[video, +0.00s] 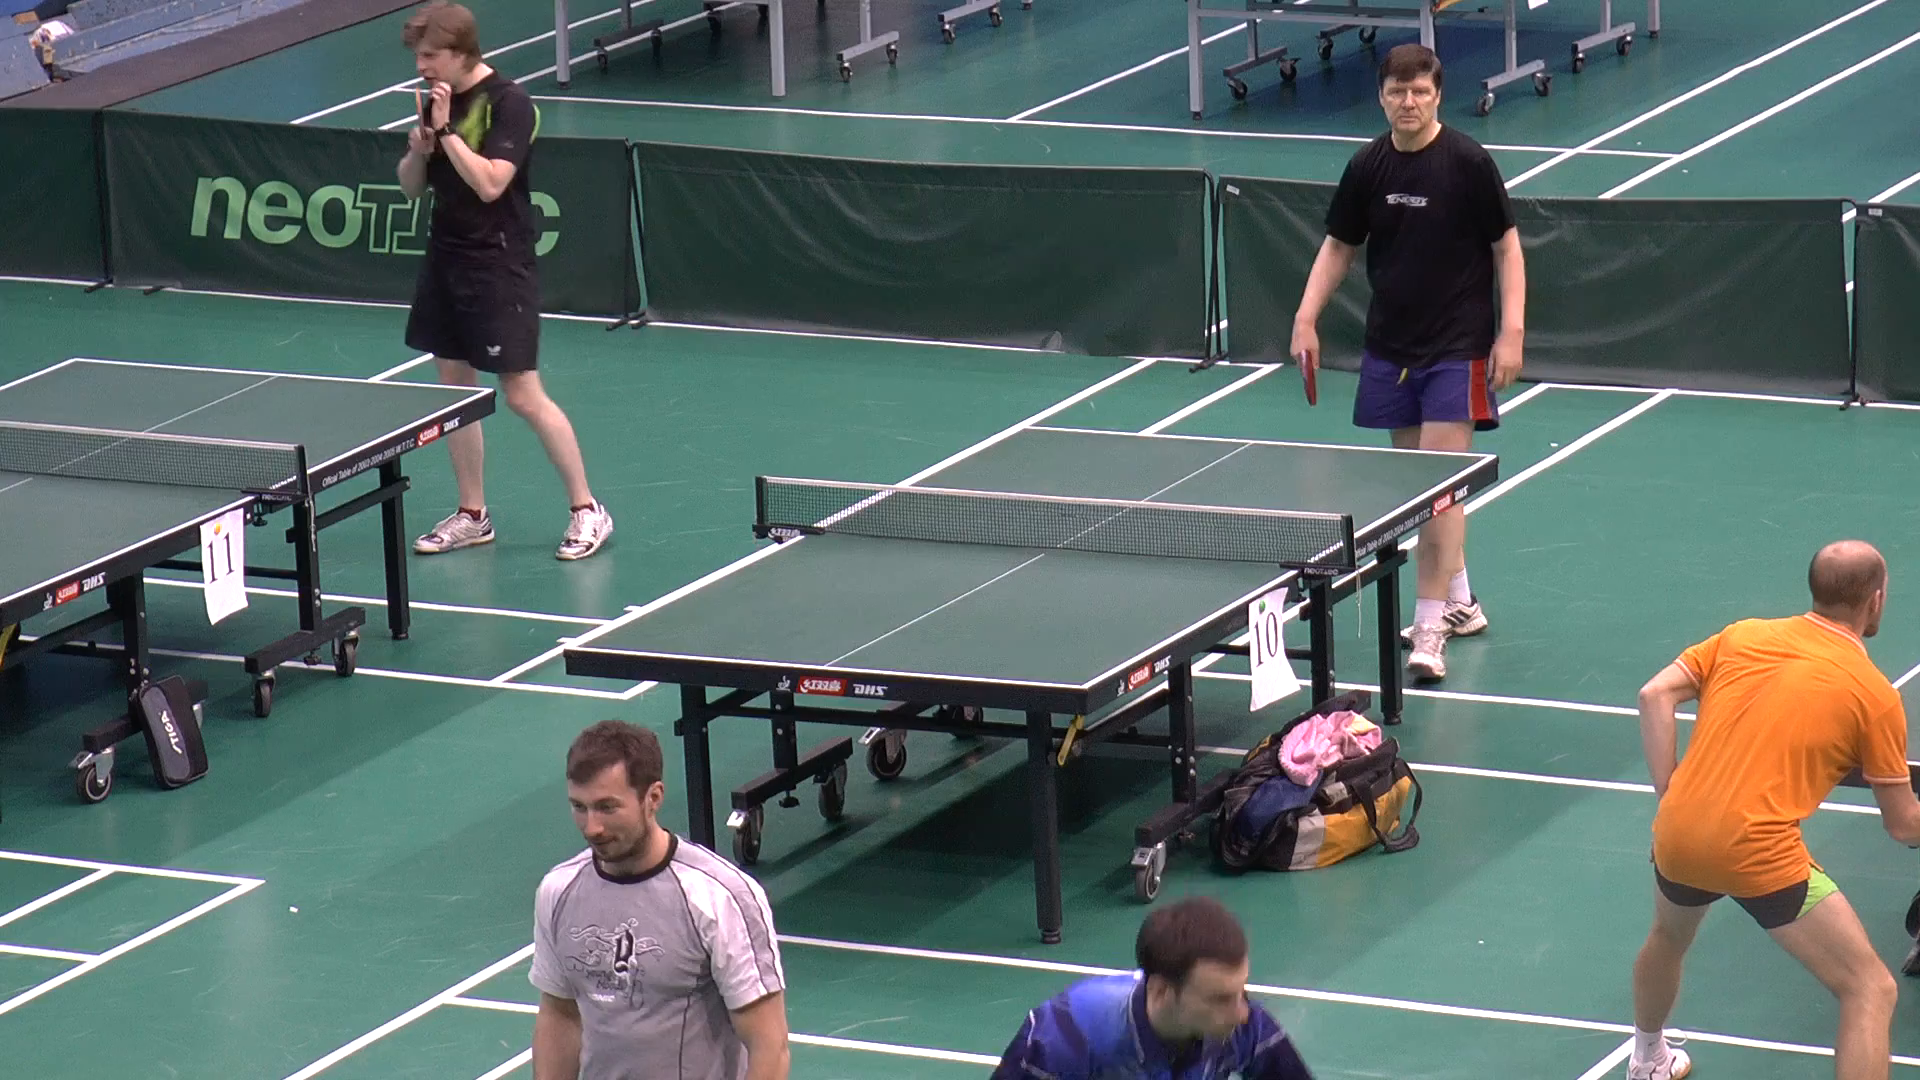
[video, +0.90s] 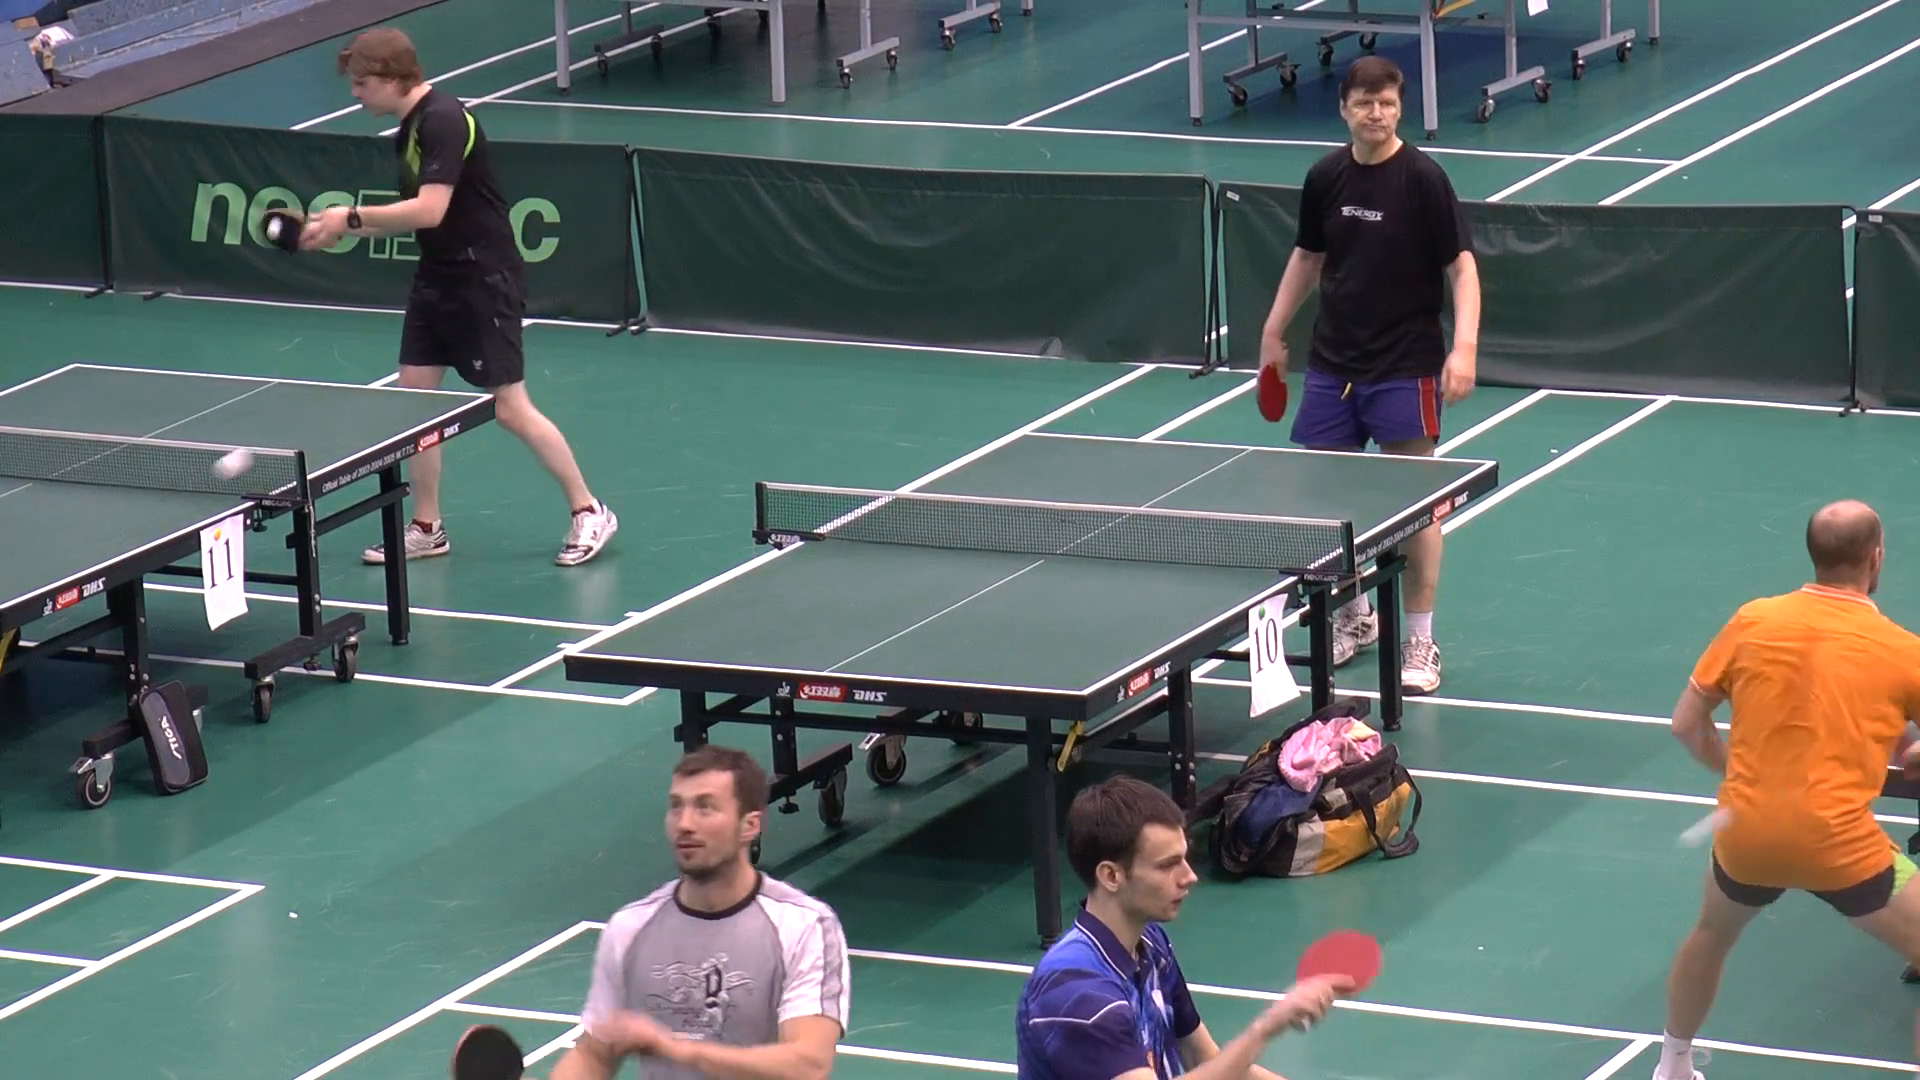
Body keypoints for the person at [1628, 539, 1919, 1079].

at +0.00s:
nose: (1884, 599)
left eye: (1883, 590)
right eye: (1884, 591)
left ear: (1815, 591)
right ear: (1874, 600)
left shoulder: (1741, 634)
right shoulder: (1874, 693)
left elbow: (1656, 694)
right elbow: (1904, 823)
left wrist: (1666, 793)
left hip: (1677, 836)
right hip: (1759, 852)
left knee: (1666, 939)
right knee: (1868, 987)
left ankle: (1646, 1058)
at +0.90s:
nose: (1883, 555)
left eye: (1881, 545)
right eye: (1883, 547)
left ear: (1810, 556)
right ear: (1875, 557)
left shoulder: (1754, 619)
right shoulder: (1903, 648)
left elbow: (1687, 722)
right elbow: (1908, 750)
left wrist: (1736, 771)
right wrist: (1891, 753)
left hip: (1747, 836)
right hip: (1840, 846)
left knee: (1709, 937)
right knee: (1915, 943)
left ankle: (1673, 1065)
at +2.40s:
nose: (1718, 560)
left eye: (1713, 549)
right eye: (1716, 552)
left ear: (1644, 564)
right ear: (1706, 567)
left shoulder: (1585, 629)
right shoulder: (1727, 656)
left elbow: (1500, 729)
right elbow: (1821, 755)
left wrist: (1491, 776)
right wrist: (1768, 741)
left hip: (1563, 851)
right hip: (1650, 865)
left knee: (1532, 974)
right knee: (1743, 1009)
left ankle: (1492, 1073)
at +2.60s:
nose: (1713, 604)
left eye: (1709, 594)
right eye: (1711, 596)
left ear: (1639, 610)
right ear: (1701, 611)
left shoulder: (1584, 682)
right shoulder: (1733, 706)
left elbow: (1510, 782)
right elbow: (1819, 805)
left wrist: (1533, 826)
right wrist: (1782, 807)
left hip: (1582, 905)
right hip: (1676, 916)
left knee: (1539, 977)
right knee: (1771, 1050)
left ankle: (1490, 1074)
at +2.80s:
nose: (1763, 603)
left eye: (1760, 593)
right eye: (1761, 595)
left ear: (1692, 604)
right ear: (1751, 610)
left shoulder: (1626, 666)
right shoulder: (1758, 707)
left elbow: (1584, 772)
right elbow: (1824, 834)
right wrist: (1819, 836)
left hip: (1580, 883)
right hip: (1662, 899)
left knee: (1533, 982)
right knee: (1788, 1025)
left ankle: (1466, 1074)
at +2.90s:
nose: (1783, 622)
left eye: (1780, 612)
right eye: (1781, 614)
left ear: (1709, 625)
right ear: (1772, 631)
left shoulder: (1651, 678)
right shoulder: (1771, 736)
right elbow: (1829, 861)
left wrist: (1761, 806)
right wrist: (1797, 863)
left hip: (1589, 894)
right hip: (1671, 914)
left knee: (1548, 990)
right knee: (1810, 1030)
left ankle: (1476, 1075)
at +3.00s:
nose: (1787, 616)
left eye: (1782, 606)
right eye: (1785, 608)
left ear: (1713, 618)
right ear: (1777, 623)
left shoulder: (1652, 673)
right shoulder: (1782, 728)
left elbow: (1618, 756)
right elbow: (1825, 860)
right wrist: (1767, 861)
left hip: (1601, 895)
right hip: (1689, 915)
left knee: (1541, 993)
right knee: (1815, 1033)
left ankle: (1476, 1075)